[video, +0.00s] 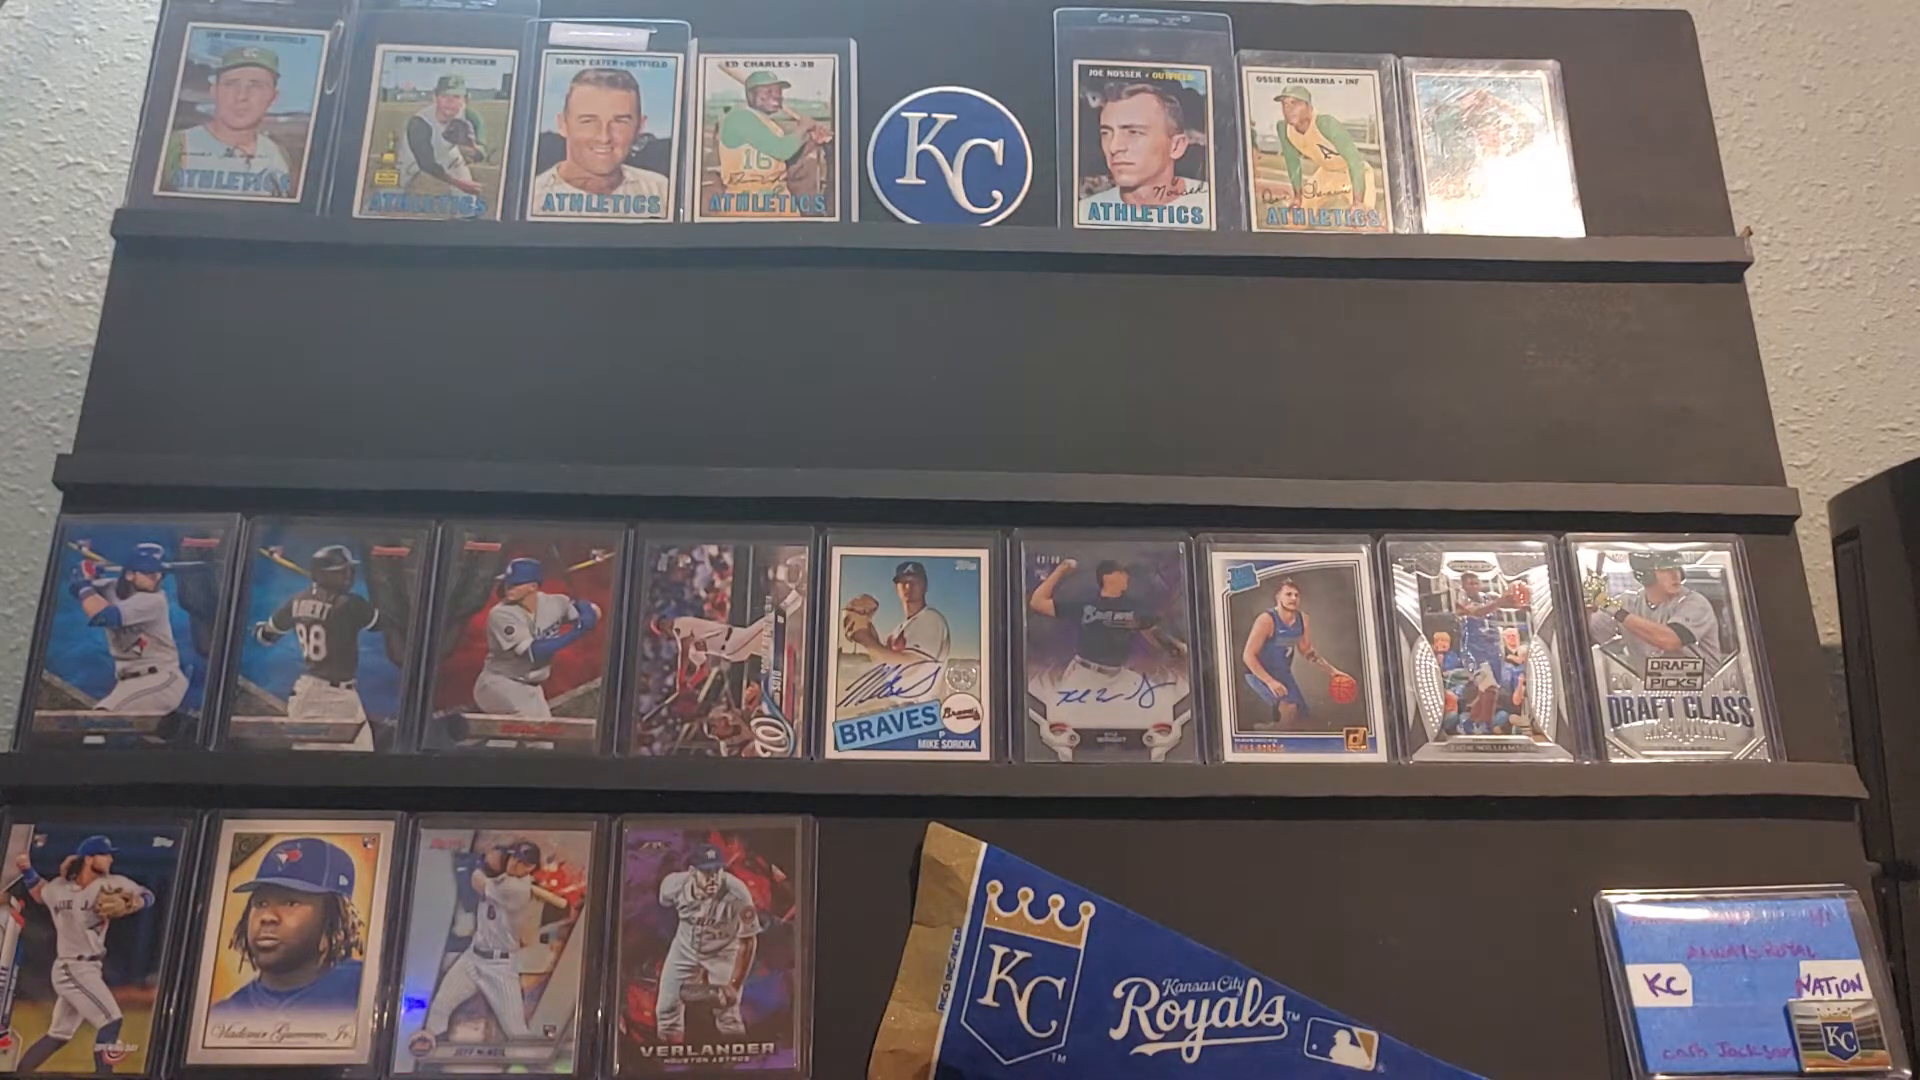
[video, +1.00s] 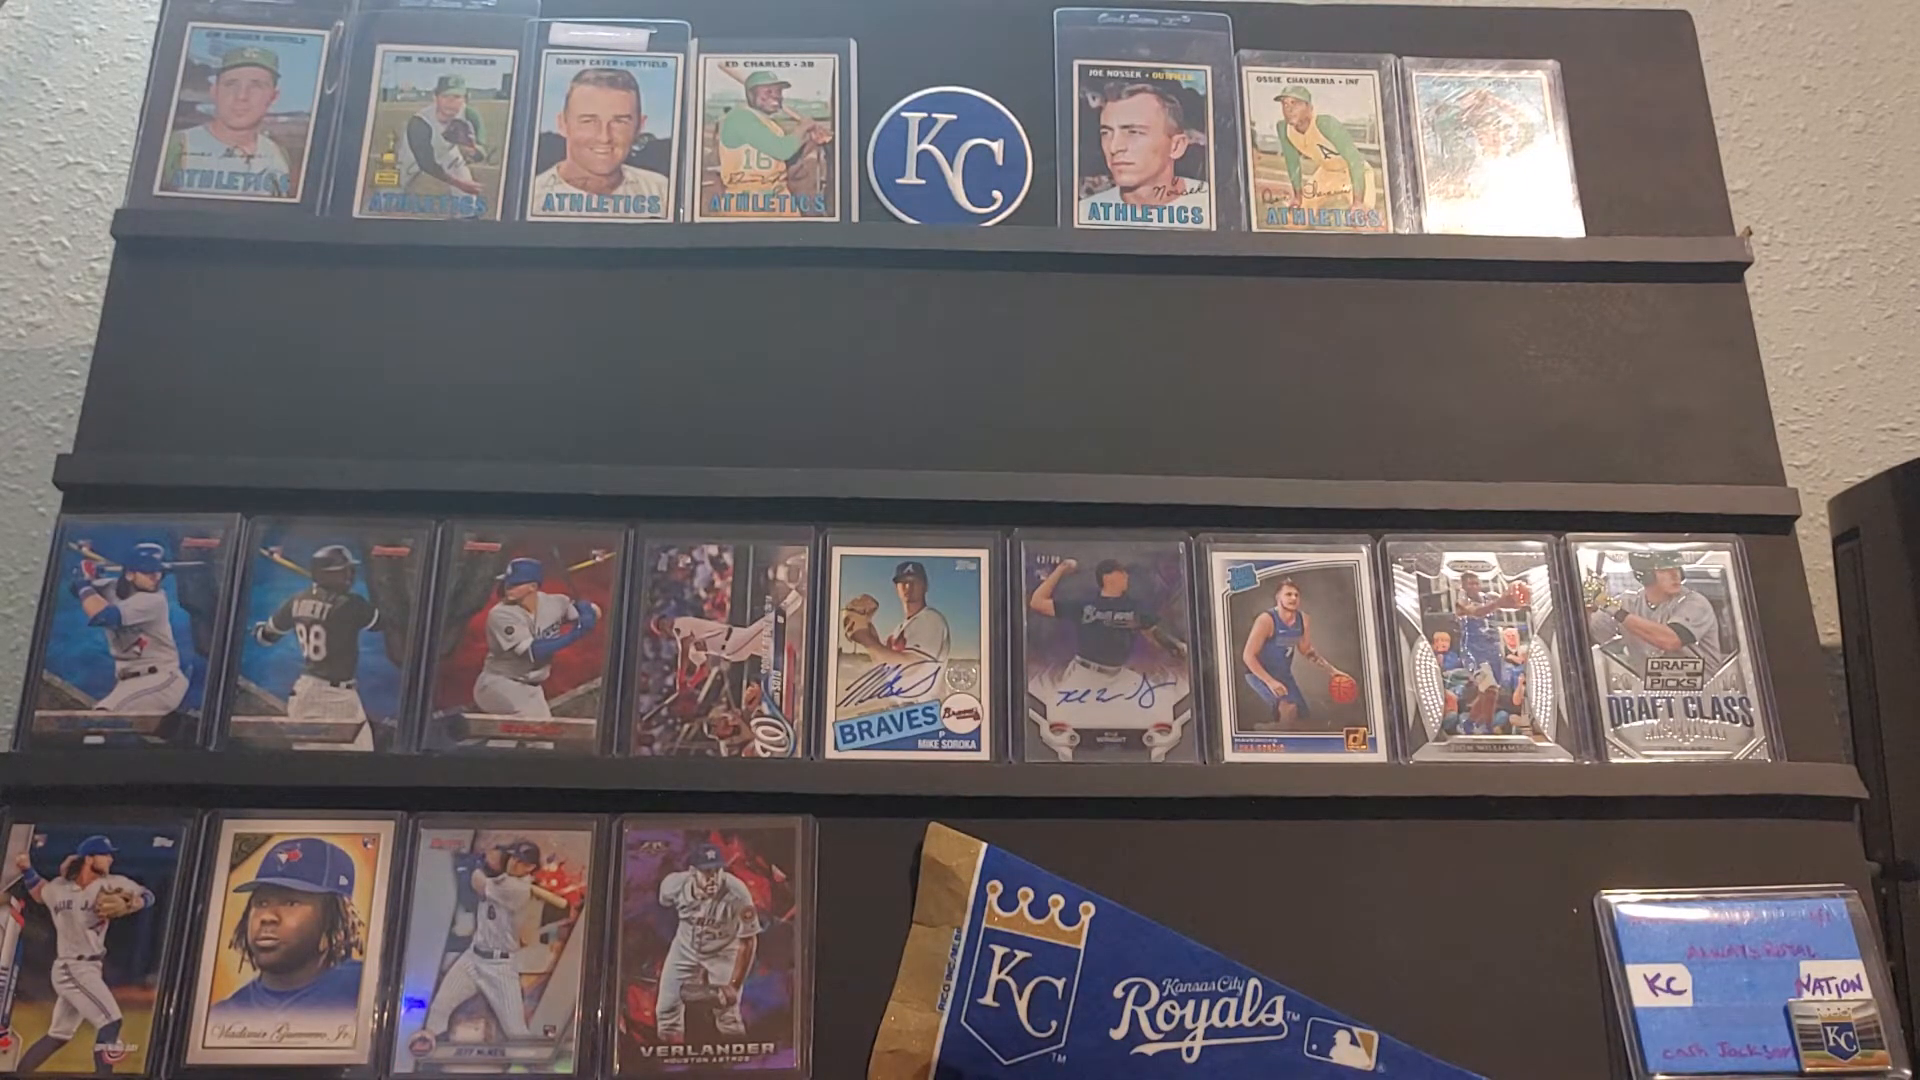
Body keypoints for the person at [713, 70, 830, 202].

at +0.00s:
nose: (776, 96)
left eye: (778, 91)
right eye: (768, 92)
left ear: (782, 94)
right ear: (752, 96)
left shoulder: (774, 127)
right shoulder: (739, 118)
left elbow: (786, 162)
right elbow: (783, 151)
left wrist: (811, 142)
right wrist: (803, 128)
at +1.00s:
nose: (776, 97)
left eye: (778, 92)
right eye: (769, 92)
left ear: (782, 93)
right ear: (752, 94)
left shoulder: (773, 126)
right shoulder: (739, 118)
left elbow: (785, 167)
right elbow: (782, 151)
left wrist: (811, 143)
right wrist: (803, 128)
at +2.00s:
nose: (776, 97)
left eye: (779, 92)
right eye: (768, 92)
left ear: (782, 94)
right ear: (751, 95)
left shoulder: (775, 128)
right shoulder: (738, 118)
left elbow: (784, 169)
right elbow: (782, 151)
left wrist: (811, 143)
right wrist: (802, 129)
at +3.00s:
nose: (776, 97)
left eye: (779, 92)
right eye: (769, 92)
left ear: (782, 93)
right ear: (751, 96)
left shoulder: (775, 126)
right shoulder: (738, 118)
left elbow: (785, 168)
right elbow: (782, 151)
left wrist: (811, 143)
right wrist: (802, 128)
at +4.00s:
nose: (776, 97)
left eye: (779, 92)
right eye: (769, 92)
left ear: (782, 93)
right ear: (751, 95)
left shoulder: (773, 125)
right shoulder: (738, 118)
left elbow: (784, 168)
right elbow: (783, 151)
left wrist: (811, 143)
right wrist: (802, 128)